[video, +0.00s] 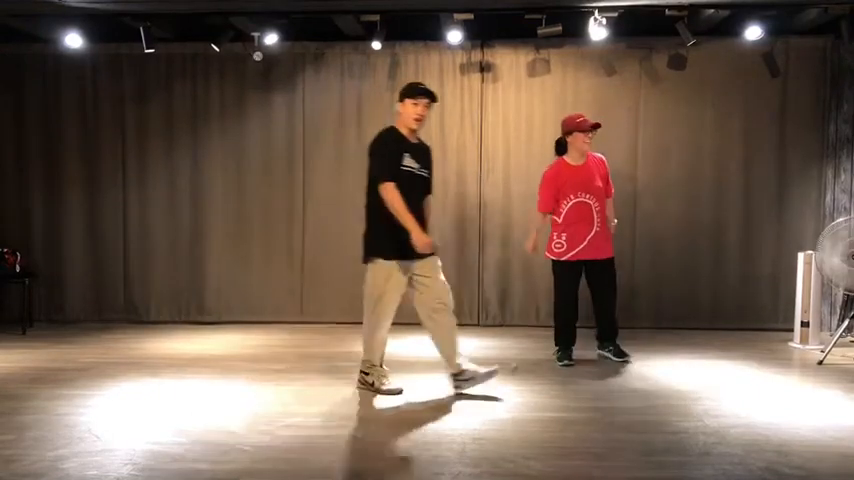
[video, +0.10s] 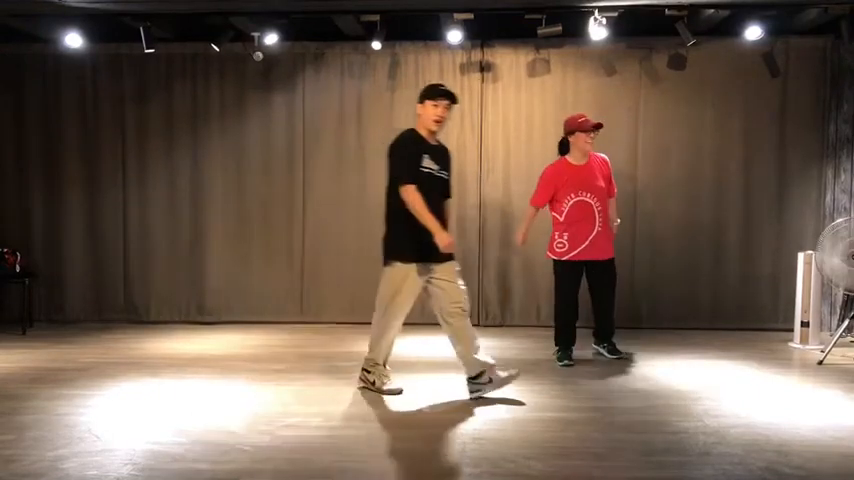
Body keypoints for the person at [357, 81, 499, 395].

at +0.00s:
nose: (420, 111)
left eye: (425, 107)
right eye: (414, 104)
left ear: (429, 112)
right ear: (400, 105)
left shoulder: (423, 150)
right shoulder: (385, 142)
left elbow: (422, 198)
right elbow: (386, 190)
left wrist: (424, 237)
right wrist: (416, 232)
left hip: (418, 244)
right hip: (387, 244)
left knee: (438, 304)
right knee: (380, 311)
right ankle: (371, 372)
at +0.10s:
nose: (441, 113)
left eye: (446, 108)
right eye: (435, 106)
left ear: (449, 114)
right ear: (420, 107)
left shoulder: (442, 153)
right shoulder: (404, 144)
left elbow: (443, 200)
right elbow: (407, 191)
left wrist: (444, 236)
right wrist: (438, 230)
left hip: (437, 247)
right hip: (405, 247)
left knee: (455, 309)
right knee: (390, 312)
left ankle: (476, 372)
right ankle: (373, 369)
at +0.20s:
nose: (464, 111)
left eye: (469, 107)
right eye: (458, 104)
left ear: (472, 112)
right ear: (443, 105)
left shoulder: (464, 152)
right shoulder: (428, 142)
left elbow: (463, 201)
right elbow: (429, 192)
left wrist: (465, 241)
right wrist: (450, 235)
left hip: (461, 246)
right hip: (429, 246)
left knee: (470, 315)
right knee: (409, 314)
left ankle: (485, 379)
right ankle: (380, 366)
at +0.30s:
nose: (492, 111)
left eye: (496, 106)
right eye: (487, 104)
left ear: (497, 110)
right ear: (469, 103)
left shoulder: (487, 149)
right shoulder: (451, 140)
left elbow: (485, 199)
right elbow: (449, 191)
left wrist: (487, 240)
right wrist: (456, 239)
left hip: (484, 245)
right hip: (457, 246)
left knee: (485, 316)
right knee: (451, 311)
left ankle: (487, 381)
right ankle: (405, 354)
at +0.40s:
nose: (515, 113)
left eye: (518, 108)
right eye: (512, 106)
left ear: (513, 108)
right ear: (493, 101)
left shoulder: (506, 145)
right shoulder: (469, 139)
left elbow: (517, 196)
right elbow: (463, 193)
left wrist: (530, 234)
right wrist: (463, 242)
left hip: (500, 240)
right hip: (477, 242)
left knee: (494, 310)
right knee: (498, 305)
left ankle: (488, 381)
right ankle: (452, 358)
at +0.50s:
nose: (536, 112)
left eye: (538, 106)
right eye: (532, 104)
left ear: (524, 106)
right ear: (512, 101)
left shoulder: (525, 143)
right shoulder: (488, 140)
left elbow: (539, 194)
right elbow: (478, 193)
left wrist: (561, 231)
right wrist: (477, 242)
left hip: (519, 240)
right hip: (500, 242)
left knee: (500, 312)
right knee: (528, 305)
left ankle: (486, 378)